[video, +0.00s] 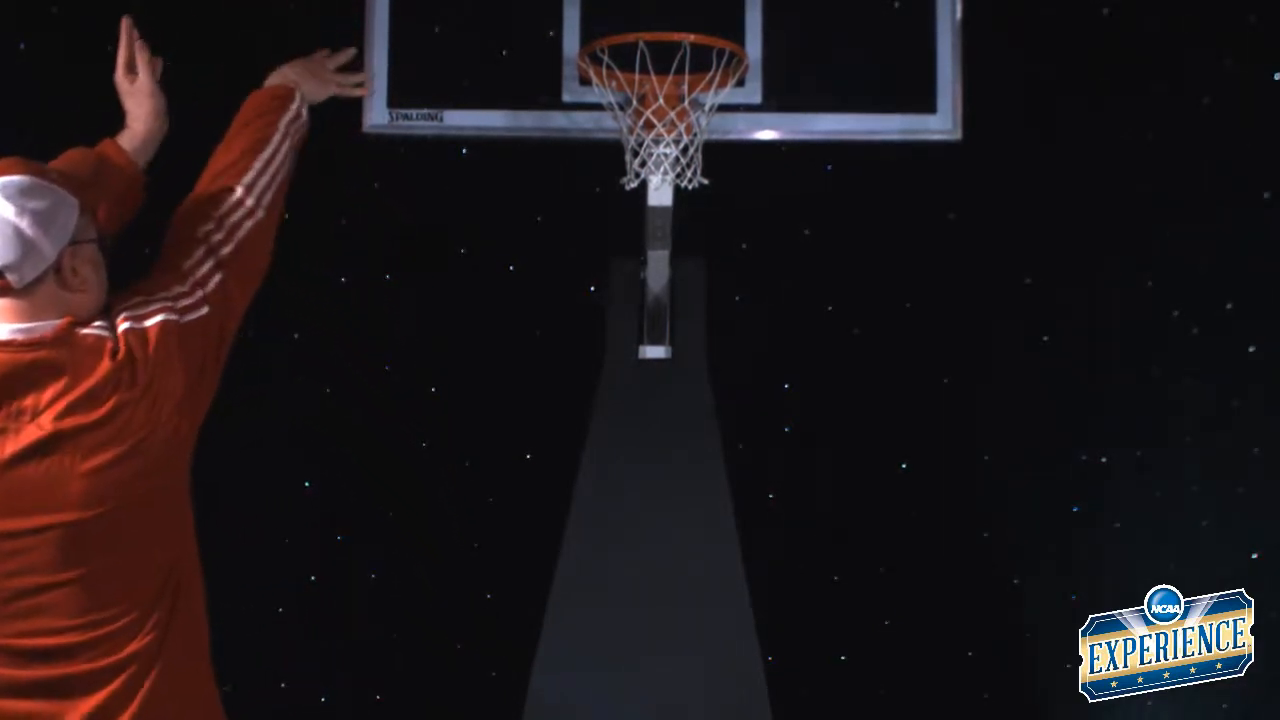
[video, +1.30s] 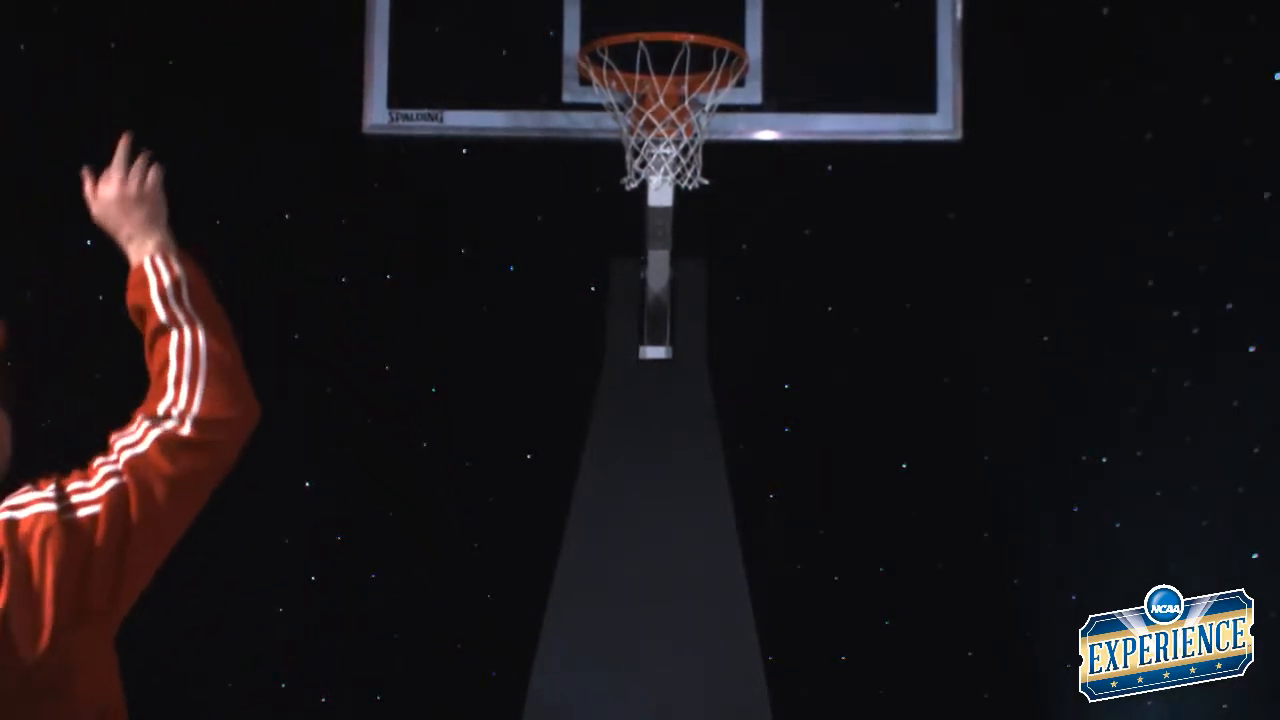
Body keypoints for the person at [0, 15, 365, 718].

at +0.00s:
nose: (95, 243)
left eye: (83, 232)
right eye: (83, 236)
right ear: (69, 270)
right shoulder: (126, 376)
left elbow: (26, 221)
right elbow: (224, 225)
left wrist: (131, 145)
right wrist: (287, 93)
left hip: (15, 699)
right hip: (136, 702)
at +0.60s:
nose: (50, 316)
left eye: (39, 303)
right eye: (39, 306)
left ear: (4, 343)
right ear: (11, 343)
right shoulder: (80, 444)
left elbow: (16, 300)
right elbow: (185, 301)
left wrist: (67, 203)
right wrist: (206, 113)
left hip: (17, 701)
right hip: (114, 701)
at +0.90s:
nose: (22, 353)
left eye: (14, 346)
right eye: (13, 350)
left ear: (12, 378)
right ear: (1, 383)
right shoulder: (40, 500)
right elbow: (186, 335)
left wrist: (18, 248)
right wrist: (176, 155)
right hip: (90, 701)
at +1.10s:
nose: (14, 396)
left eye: (7, 366)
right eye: (7, 367)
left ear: (11, 371)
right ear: (3, 376)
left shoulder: (38, 537)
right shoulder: (33, 539)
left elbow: (190, 371)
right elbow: (190, 368)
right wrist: (159, 194)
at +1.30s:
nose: (9, 414)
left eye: (4, 385)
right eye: (5, 385)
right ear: (4, 409)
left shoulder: (33, 555)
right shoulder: (27, 557)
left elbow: (202, 409)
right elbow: (202, 407)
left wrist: (148, 244)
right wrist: (149, 243)